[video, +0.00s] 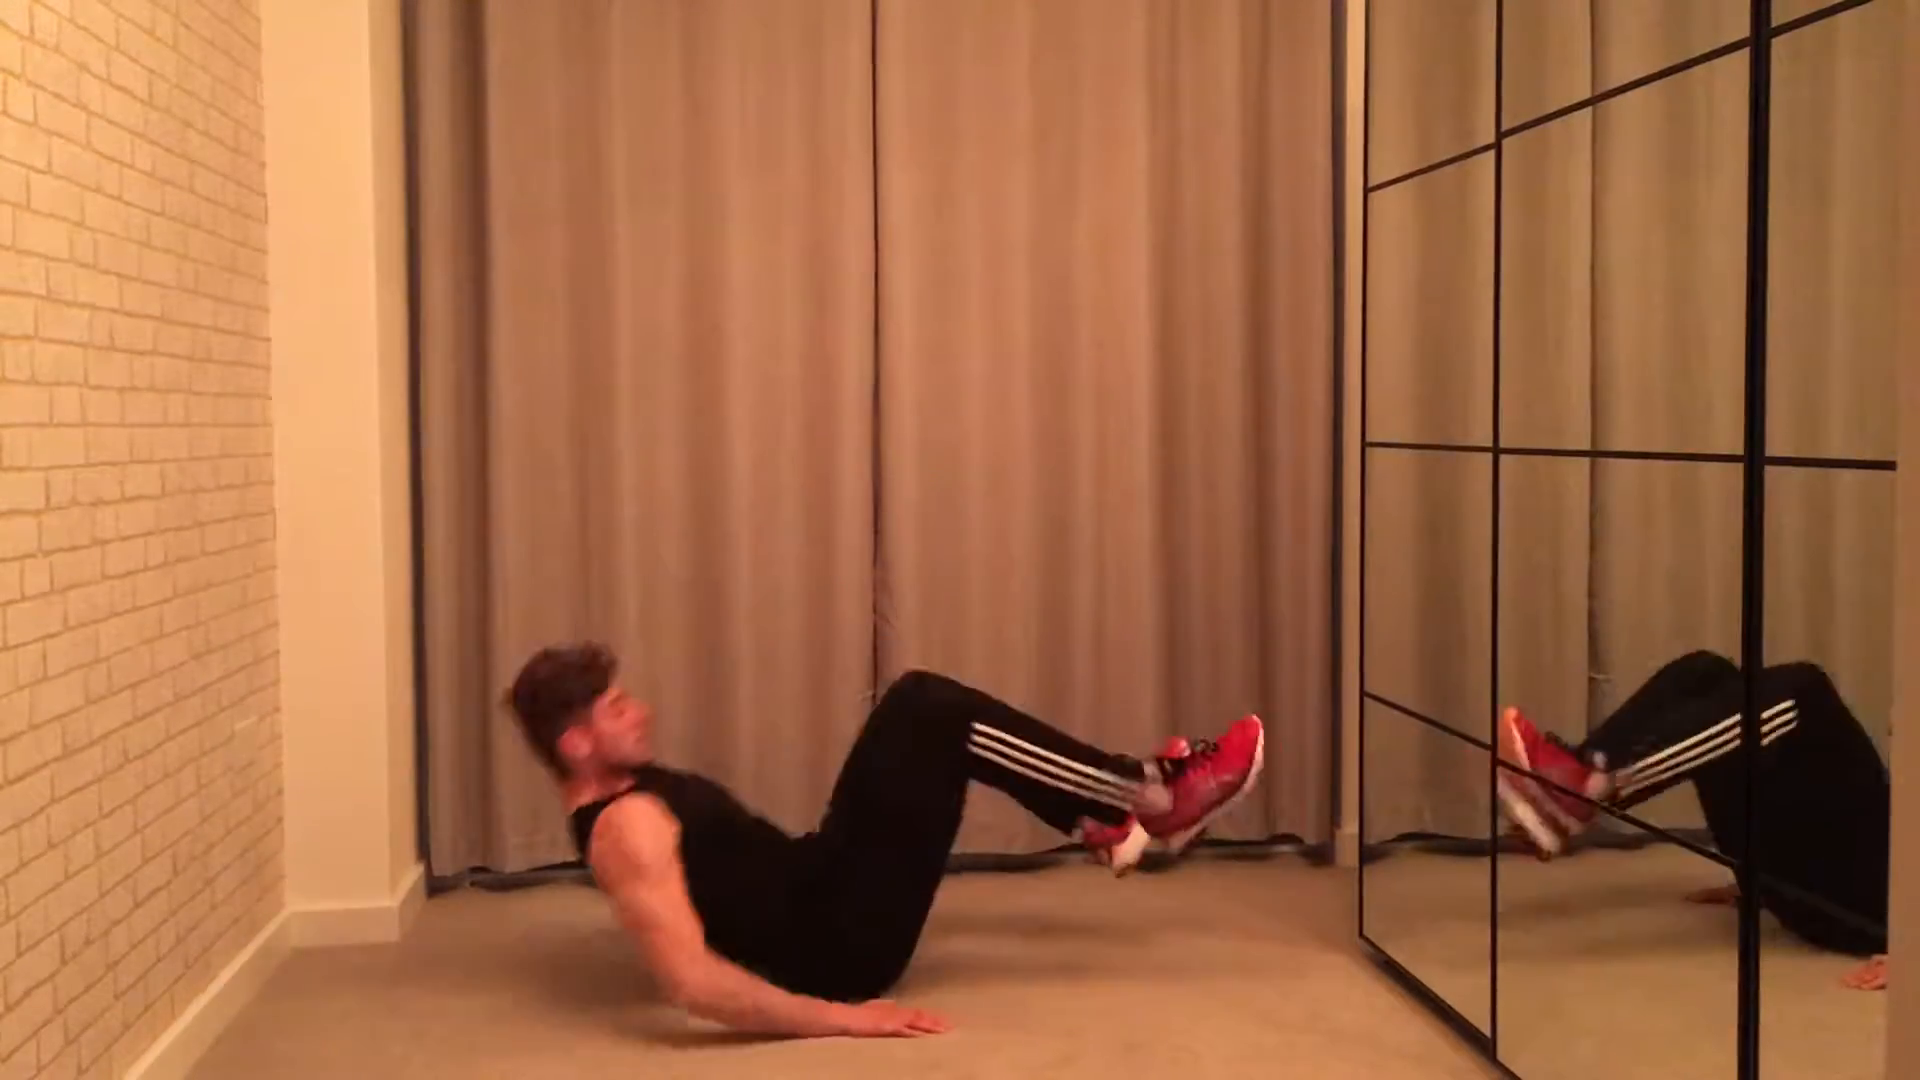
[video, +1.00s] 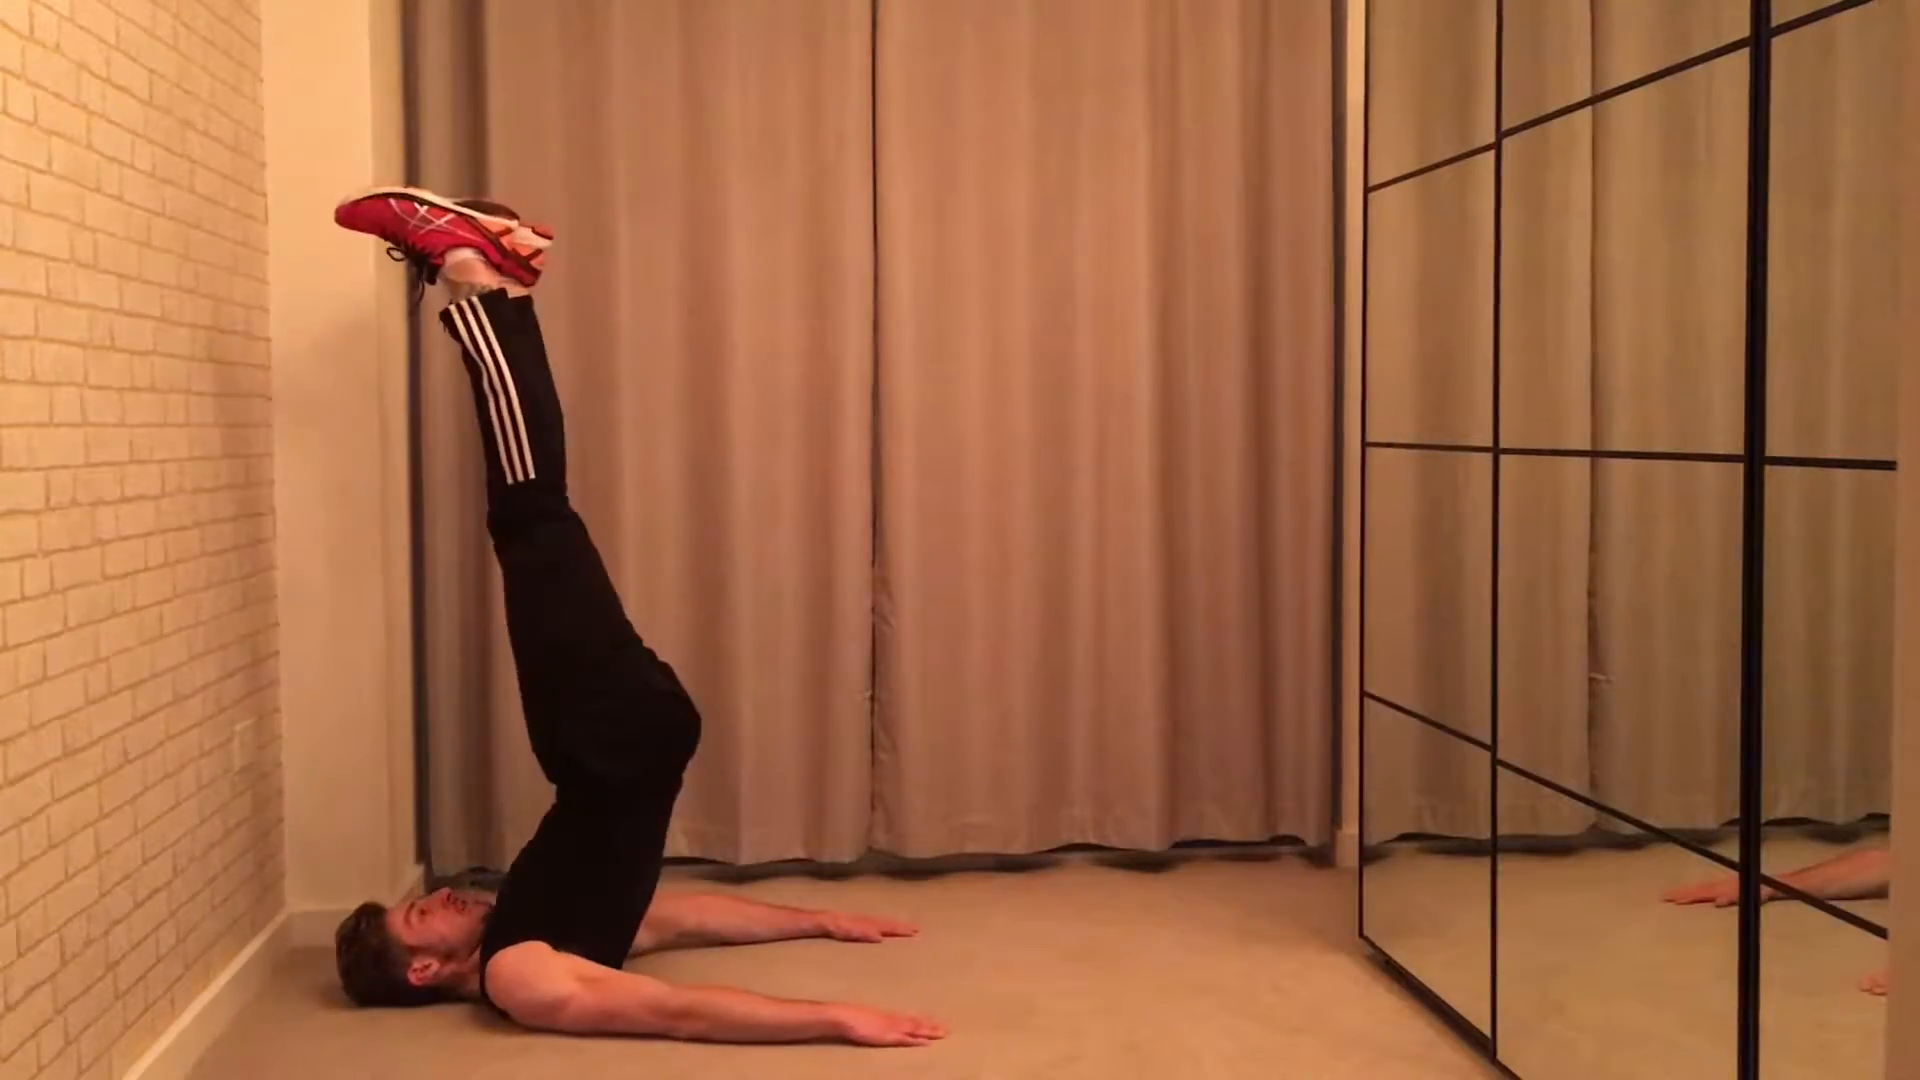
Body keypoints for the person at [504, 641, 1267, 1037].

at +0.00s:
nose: (636, 710)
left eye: (626, 697)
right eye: (617, 706)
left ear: (586, 737)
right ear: (577, 744)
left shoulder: (625, 801)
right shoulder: (627, 828)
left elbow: (696, 958)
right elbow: (691, 982)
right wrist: (843, 1016)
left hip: (823, 921)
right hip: (837, 958)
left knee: (919, 702)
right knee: (929, 710)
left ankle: (1103, 808)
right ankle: (1157, 801)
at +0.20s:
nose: (543, 841)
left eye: (527, 831)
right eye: (520, 845)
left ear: (507, 881)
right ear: (492, 894)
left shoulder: (561, 919)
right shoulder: (558, 946)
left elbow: (685, 1009)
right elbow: (683, 1029)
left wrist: (833, 1005)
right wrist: (839, 1006)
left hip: (802, 911)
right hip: (819, 932)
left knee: (768, 685)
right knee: (772, 687)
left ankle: (971, 629)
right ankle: (1015, 652)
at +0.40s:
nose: (470, 853)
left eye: (449, 853)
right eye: (448, 868)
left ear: (454, 918)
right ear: (449, 925)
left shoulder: (541, 915)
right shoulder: (545, 960)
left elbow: (687, 910)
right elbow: (700, 1007)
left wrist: (829, 924)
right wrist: (858, 1006)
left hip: (773, 893)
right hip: (788, 909)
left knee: (642, 701)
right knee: (644, 704)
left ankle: (685, 489)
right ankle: (702, 488)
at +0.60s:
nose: (452, 889)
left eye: (434, 889)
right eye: (434, 904)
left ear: (450, 939)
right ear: (441, 958)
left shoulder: (543, 933)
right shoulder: (540, 969)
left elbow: (699, 919)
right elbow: (692, 1013)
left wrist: (829, 923)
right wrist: (849, 1017)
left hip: (730, 818)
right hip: (734, 823)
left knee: (583, 623)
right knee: (577, 624)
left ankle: (534, 398)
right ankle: (534, 397)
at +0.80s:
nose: (446, 894)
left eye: (428, 895)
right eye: (427, 913)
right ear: (437, 968)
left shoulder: (541, 932)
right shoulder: (530, 973)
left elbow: (689, 914)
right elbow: (685, 1014)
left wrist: (826, 923)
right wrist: (848, 1020)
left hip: (662, 762)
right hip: (667, 764)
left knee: (544, 548)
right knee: (541, 547)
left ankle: (496, 307)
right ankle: (490, 303)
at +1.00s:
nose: (439, 893)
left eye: (421, 896)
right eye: (421, 913)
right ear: (431, 967)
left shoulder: (539, 934)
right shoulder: (520, 976)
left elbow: (683, 916)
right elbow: (682, 1016)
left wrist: (821, 921)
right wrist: (839, 1020)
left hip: (622, 745)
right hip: (632, 744)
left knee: (533, 513)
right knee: (529, 515)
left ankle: (499, 293)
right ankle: (474, 287)